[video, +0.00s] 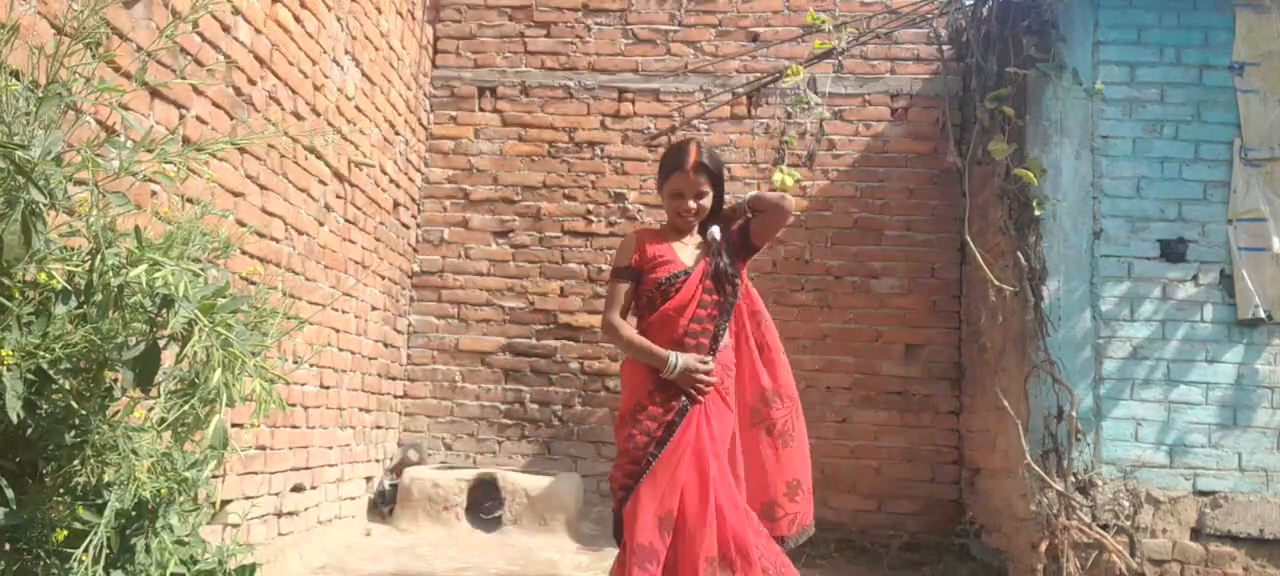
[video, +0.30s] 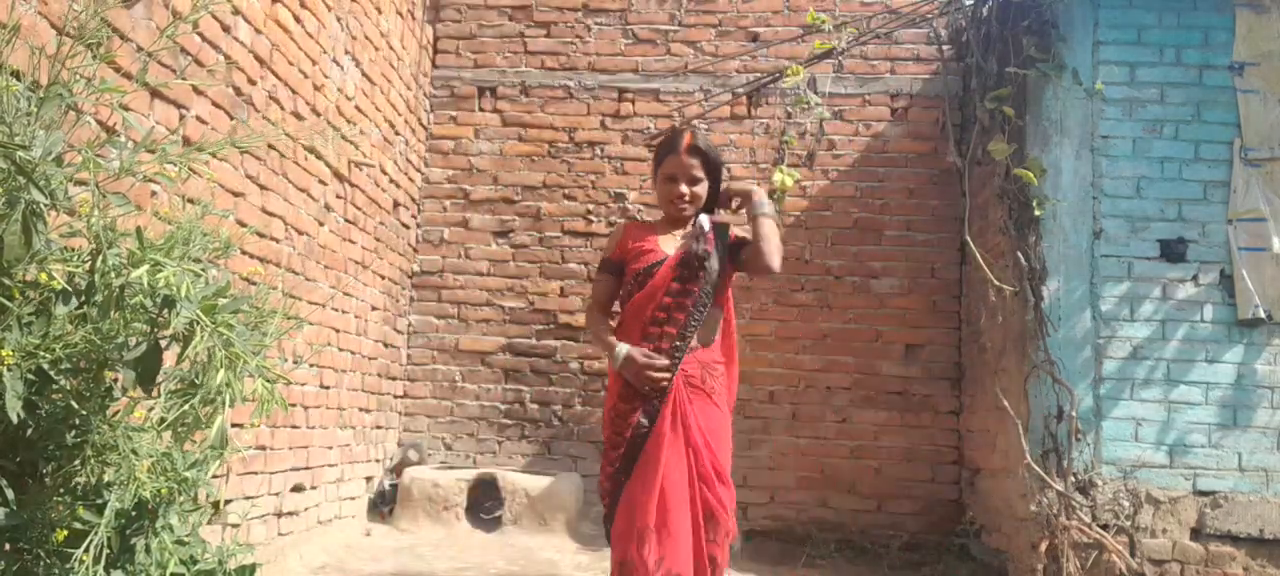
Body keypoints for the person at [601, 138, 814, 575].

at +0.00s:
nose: (689, 206)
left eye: (699, 196)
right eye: (678, 194)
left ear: (715, 196)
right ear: (660, 189)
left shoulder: (726, 243)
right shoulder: (641, 243)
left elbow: (783, 209)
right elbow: (614, 322)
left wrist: (745, 204)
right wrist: (671, 362)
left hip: (712, 396)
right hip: (652, 394)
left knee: (711, 508)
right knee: (649, 509)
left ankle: (704, 572)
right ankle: (648, 572)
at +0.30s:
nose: (682, 191)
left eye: (693, 180)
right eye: (671, 179)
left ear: (711, 184)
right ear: (654, 180)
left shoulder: (721, 238)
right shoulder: (631, 236)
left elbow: (769, 263)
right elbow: (596, 316)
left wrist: (756, 195)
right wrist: (621, 352)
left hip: (699, 393)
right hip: (636, 394)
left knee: (699, 510)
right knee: (635, 510)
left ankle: (699, 570)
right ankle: (637, 571)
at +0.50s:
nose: (681, 186)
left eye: (695, 178)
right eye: (672, 172)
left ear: (710, 188)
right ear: (653, 174)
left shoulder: (722, 244)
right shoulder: (621, 242)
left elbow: (761, 331)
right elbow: (588, 321)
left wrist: (739, 265)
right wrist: (594, 332)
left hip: (700, 401)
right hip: (632, 402)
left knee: (669, 519)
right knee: (624, 525)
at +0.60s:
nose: (683, 157)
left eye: (698, 150)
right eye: (674, 143)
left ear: (713, 163)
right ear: (655, 145)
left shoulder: (720, 218)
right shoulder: (622, 211)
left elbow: (760, 301)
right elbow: (582, 297)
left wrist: (749, 234)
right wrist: (613, 259)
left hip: (706, 366)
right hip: (636, 368)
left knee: (661, 474)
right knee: (632, 499)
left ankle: (695, 569)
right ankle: (634, 573)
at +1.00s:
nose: (684, 159)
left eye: (700, 151)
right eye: (673, 144)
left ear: (717, 163)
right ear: (652, 149)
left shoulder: (725, 222)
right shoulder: (623, 224)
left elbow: (784, 272)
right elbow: (553, 261)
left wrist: (771, 178)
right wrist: (594, 181)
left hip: (713, 390)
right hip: (637, 393)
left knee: (692, 545)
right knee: (637, 541)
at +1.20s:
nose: (685, 127)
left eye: (701, 118)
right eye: (671, 114)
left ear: (719, 132)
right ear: (649, 125)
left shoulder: (737, 203)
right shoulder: (625, 198)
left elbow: (809, 198)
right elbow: (562, 178)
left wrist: (760, 118)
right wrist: (619, 116)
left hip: (727, 367)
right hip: (647, 370)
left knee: (733, 507)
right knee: (654, 504)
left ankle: (736, 572)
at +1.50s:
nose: (685, 113)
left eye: (699, 102)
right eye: (670, 98)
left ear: (716, 112)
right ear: (646, 108)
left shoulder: (730, 190)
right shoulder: (625, 177)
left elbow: (800, 227)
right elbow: (585, 153)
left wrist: (733, 171)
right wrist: (634, 86)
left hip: (721, 381)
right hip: (636, 382)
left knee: (728, 535)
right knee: (629, 539)